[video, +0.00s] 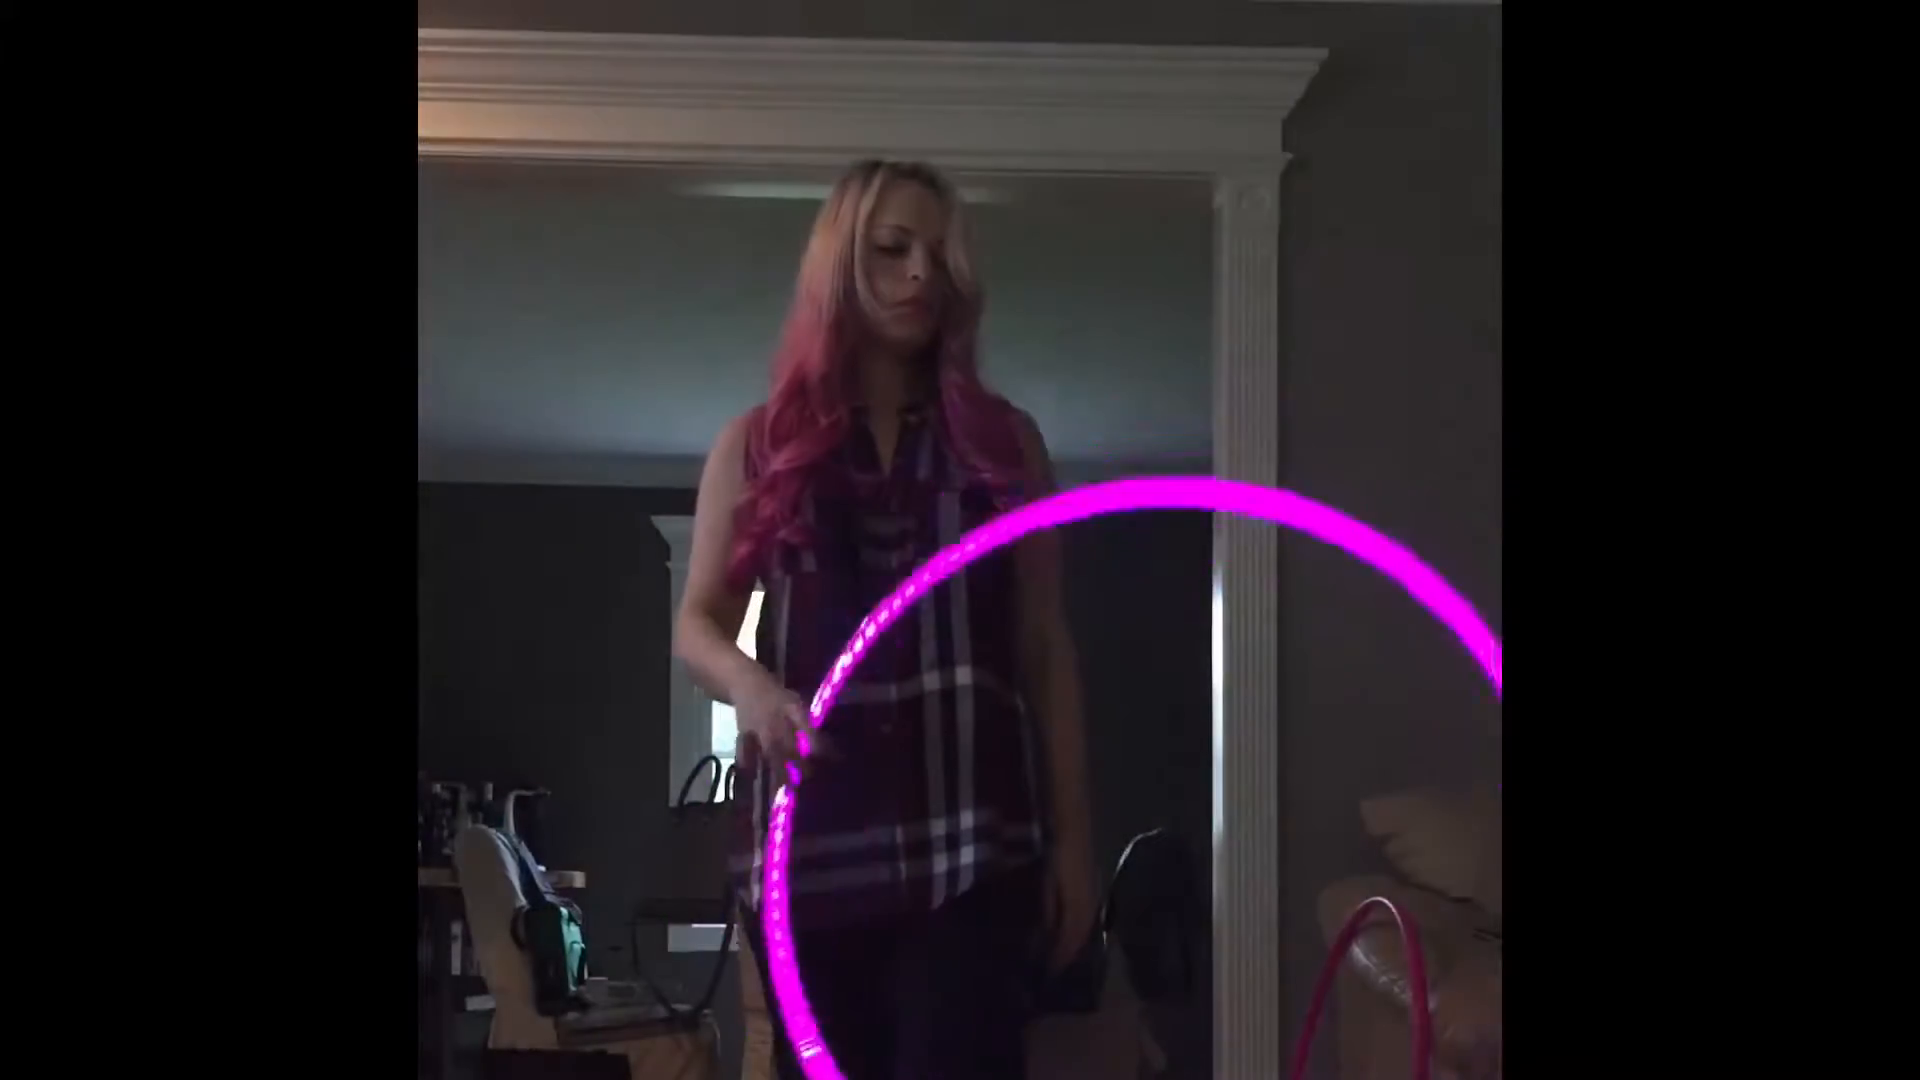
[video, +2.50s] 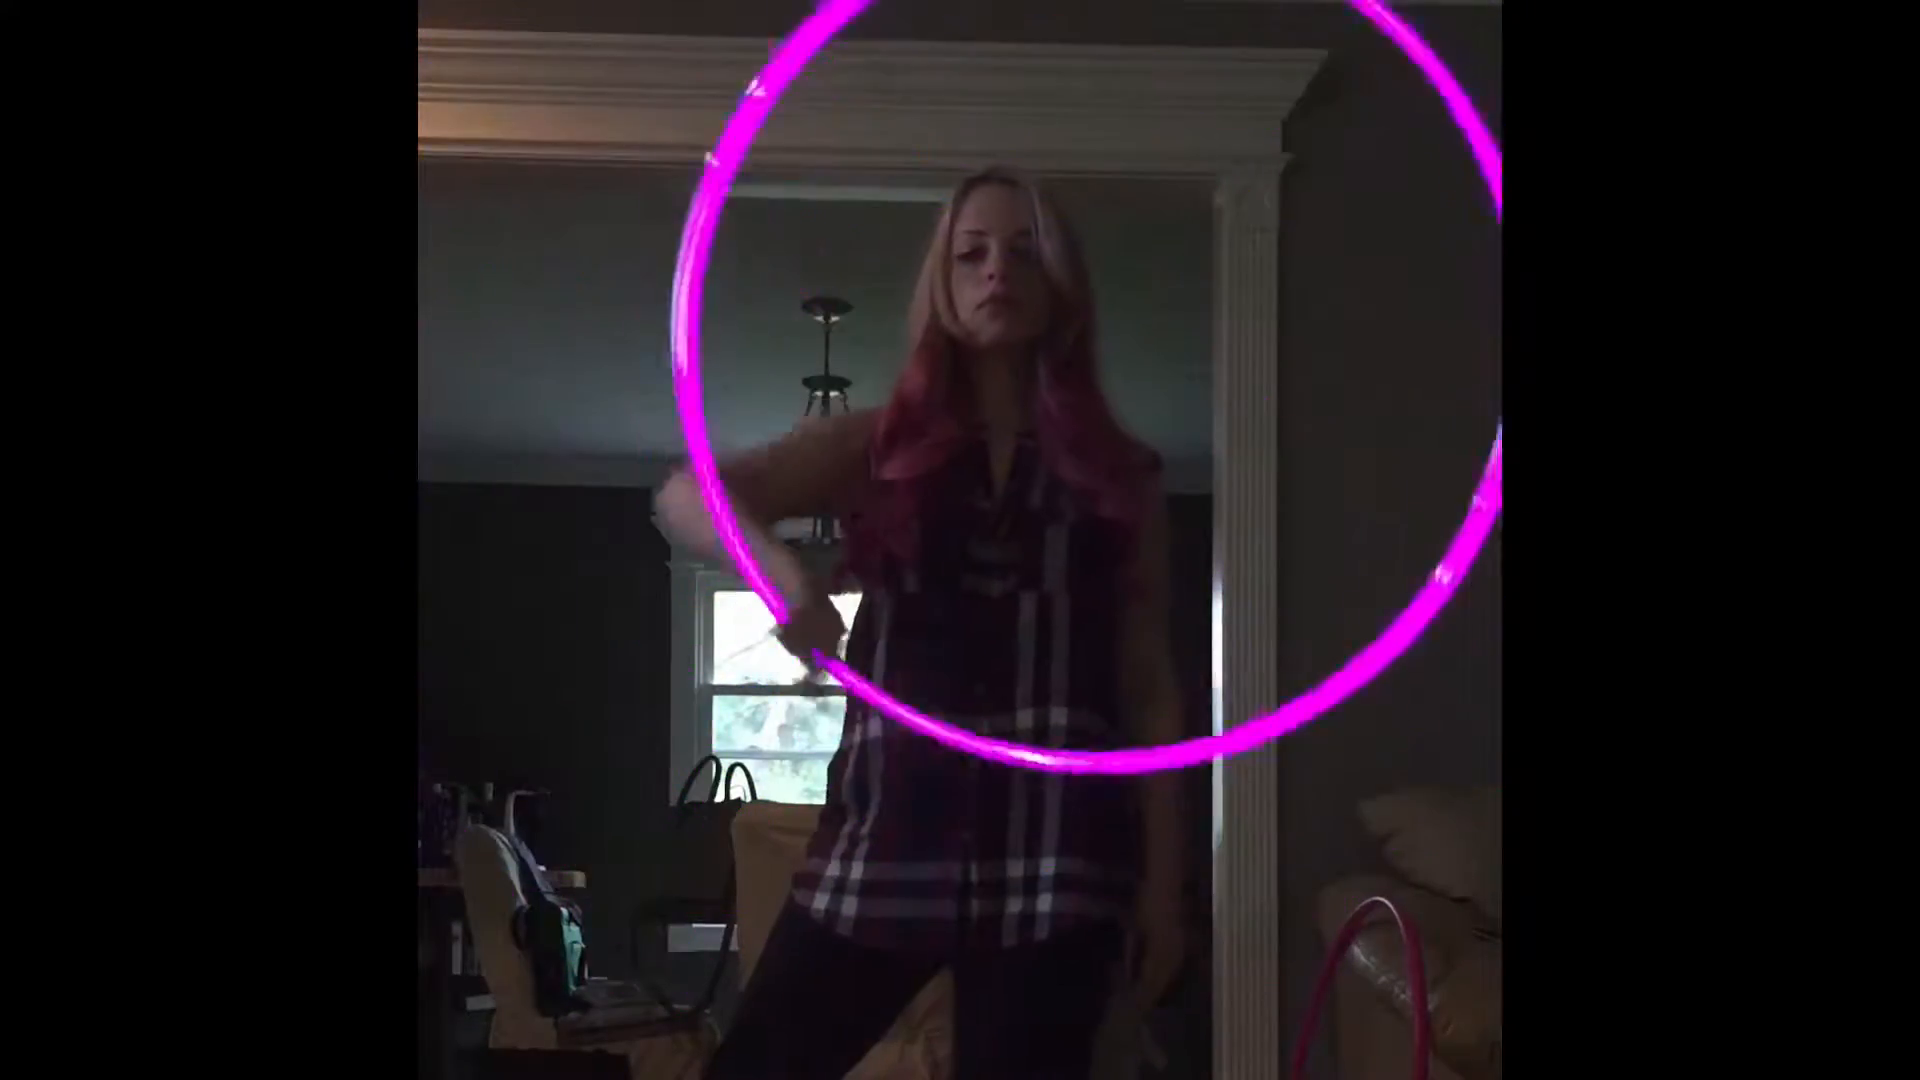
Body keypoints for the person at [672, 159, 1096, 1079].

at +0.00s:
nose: (921, 273)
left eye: (940, 252)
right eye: (893, 249)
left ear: (961, 271)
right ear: (839, 265)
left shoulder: (1005, 438)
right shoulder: (759, 444)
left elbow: (1046, 646)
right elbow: (697, 626)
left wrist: (1072, 838)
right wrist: (753, 688)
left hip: (979, 840)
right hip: (821, 843)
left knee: (972, 1058)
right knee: (833, 1064)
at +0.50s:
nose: (909, 246)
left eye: (937, 232)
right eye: (891, 227)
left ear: (982, 261)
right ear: (863, 253)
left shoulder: (1043, 439)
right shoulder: (800, 422)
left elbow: (1072, 656)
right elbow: (697, 571)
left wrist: (1089, 852)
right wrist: (648, 634)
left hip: (986, 845)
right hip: (823, 844)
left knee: (967, 1063)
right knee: (834, 1065)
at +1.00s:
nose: (992, 220)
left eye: (1020, 210)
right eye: (969, 203)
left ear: (1047, 249)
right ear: (932, 239)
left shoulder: (1102, 418)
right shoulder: (856, 411)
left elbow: (1141, 637)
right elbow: (730, 550)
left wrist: (1165, 830)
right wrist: (702, 613)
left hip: (1057, 839)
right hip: (887, 837)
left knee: (1036, 1066)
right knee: (890, 1066)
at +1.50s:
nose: (1004, 229)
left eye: (1031, 209)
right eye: (980, 214)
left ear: (1072, 244)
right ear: (950, 250)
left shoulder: (1134, 422)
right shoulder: (896, 407)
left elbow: (1173, 643)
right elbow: (738, 491)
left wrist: (1187, 840)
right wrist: (803, 368)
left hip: (1082, 850)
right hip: (907, 850)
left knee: (1053, 1070)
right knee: (893, 1067)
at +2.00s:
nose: (1014, 240)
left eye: (1041, 220)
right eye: (991, 222)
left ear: (1078, 251)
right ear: (957, 256)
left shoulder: (1141, 432)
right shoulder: (898, 402)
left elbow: (1175, 650)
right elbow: (825, 483)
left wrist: (1190, 846)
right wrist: (1008, 445)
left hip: (1080, 820)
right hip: (909, 811)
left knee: (1052, 1070)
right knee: (794, 1060)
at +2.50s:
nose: (998, 269)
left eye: (1024, 249)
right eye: (974, 251)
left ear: (1063, 279)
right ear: (940, 283)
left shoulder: (1118, 471)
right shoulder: (883, 442)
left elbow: (1152, 687)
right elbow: (684, 497)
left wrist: (1164, 891)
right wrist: (782, 574)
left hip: (1055, 869)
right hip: (888, 852)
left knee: (1021, 1070)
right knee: (750, 1068)